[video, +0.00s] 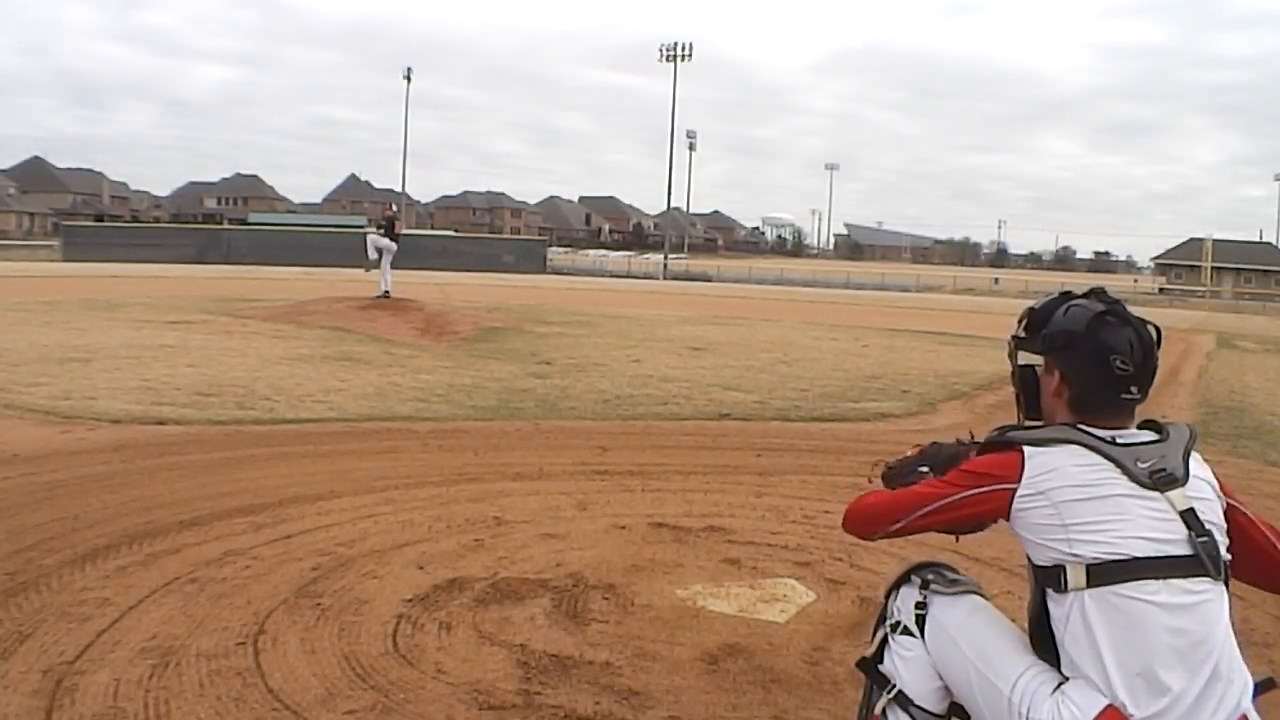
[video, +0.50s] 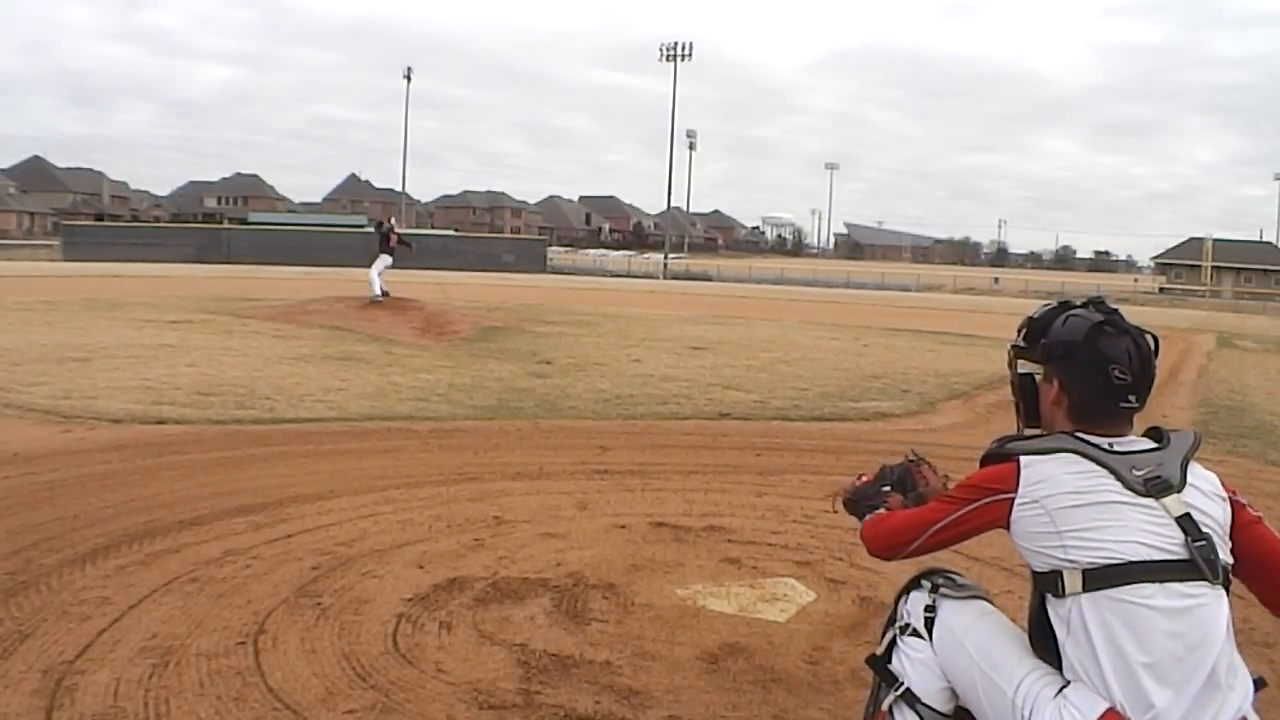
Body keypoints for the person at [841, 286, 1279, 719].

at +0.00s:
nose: (1034, 377)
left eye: (1040, 366)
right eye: (1038, 364)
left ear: (1058, 383)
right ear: (1131, 385)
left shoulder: (1029, 463)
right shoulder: (1189, 461)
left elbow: (863, 518)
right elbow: (1269, 566)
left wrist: (925, 473)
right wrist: (1171, 526)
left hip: (1109, 712)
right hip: (1229, 709)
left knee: (922, 595)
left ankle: (905, 706)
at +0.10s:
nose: (1034, 380)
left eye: (1040, 368)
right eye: (1038, 366)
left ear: (1057, 385)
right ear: (1131, 388)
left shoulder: (1030, 466)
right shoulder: (1192, 464)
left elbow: (874, 525)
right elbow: (1273, 580)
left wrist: (896, 484)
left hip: (1109, 712)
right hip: (1229, 708)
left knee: (925, 596)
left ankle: (907, 706)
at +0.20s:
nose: (1033, 382)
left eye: (1039, 370)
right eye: (1037, 368)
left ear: (1057, 387)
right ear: (1132, 387)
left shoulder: (1027, 468)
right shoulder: (1196, 473)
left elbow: (882, 527)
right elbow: (1275, 580)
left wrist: (878, 497)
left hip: (1108, 711)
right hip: (1229, 708)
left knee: (927, 597)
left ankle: (906, 706)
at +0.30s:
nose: (1032, 385)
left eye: (1038, 372)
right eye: (1035, 370)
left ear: (1057, 390)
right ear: (1132, 391)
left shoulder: (1024, 469)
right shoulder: (1197, 478)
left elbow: (895, 528)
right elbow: (1275, 584)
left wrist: (864, 504)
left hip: (1105, 715)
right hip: (1227, 711)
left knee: (925, 599)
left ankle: (907, 708)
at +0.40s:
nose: (1032, 389)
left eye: (1037, 376)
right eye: (1035, 374)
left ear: (1057, 391)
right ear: (1131, 392)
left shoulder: (1024, 471)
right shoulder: (1199, 480)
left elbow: (899, 532)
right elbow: (1278, 591)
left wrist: (865, 505)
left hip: (1108, 716)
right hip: (1228, 711)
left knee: (927, 600)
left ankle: (909, 708)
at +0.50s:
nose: (1034, 391)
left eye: (1038, 378)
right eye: (1037, 376)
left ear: (1058, 394)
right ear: (1132, 395)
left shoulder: (1027, 473)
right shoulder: (1203, 481)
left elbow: (888, 539)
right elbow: (1277, 590)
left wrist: (873, 507)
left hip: (1108, 715)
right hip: (1230, 711)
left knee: (929, 601)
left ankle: (909, 708)